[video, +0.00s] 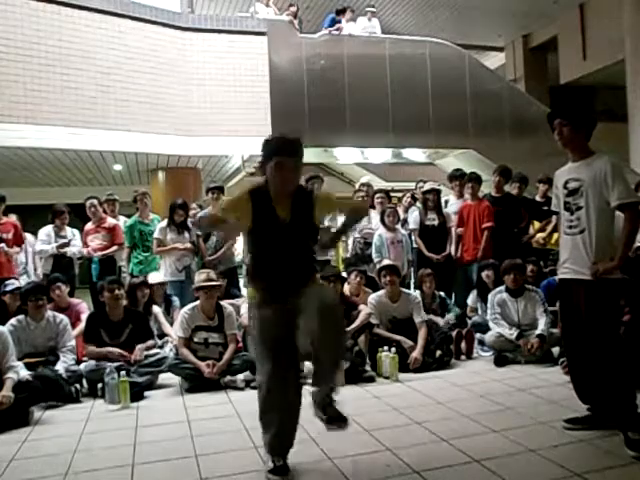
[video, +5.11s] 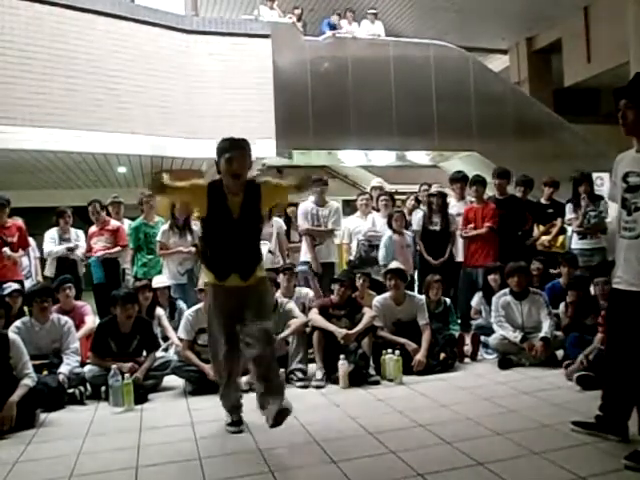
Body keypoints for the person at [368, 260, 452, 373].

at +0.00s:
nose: (389, 279)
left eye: (392, 275)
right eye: (385, 276)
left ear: (399, 277)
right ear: (380, 281)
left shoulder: (413, 299)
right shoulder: (374, 300)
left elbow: (422, 326)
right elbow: (375, 329)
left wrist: (418, 351)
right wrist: (401, 339)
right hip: (387, 337)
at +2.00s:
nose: (393, 282)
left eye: (397, 278)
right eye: (389, 278)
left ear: (403, 281)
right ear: (384, 282)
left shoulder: (418, 301)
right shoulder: (378, 302)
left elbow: (426, 329)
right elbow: (379, 330)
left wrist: (422, 354)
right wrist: (405, 342)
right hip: (391, 338)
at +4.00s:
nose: (393, 283)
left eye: (397, 279)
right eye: (389, 279)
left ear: (403, 281)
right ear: (385, 283)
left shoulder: (418, 300)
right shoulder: (378, 302)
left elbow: (426, 329)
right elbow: (378, 331)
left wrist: (422, 354)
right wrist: (405, 342)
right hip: (391, 337)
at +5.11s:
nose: (393, 283)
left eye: (397, 279)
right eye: (390, 279)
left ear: (404, 282)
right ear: (386, 282)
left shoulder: (418, 300)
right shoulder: (379, 302)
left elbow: (426, 329)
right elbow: (378, 331)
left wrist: (422, 354)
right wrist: (405, 342)